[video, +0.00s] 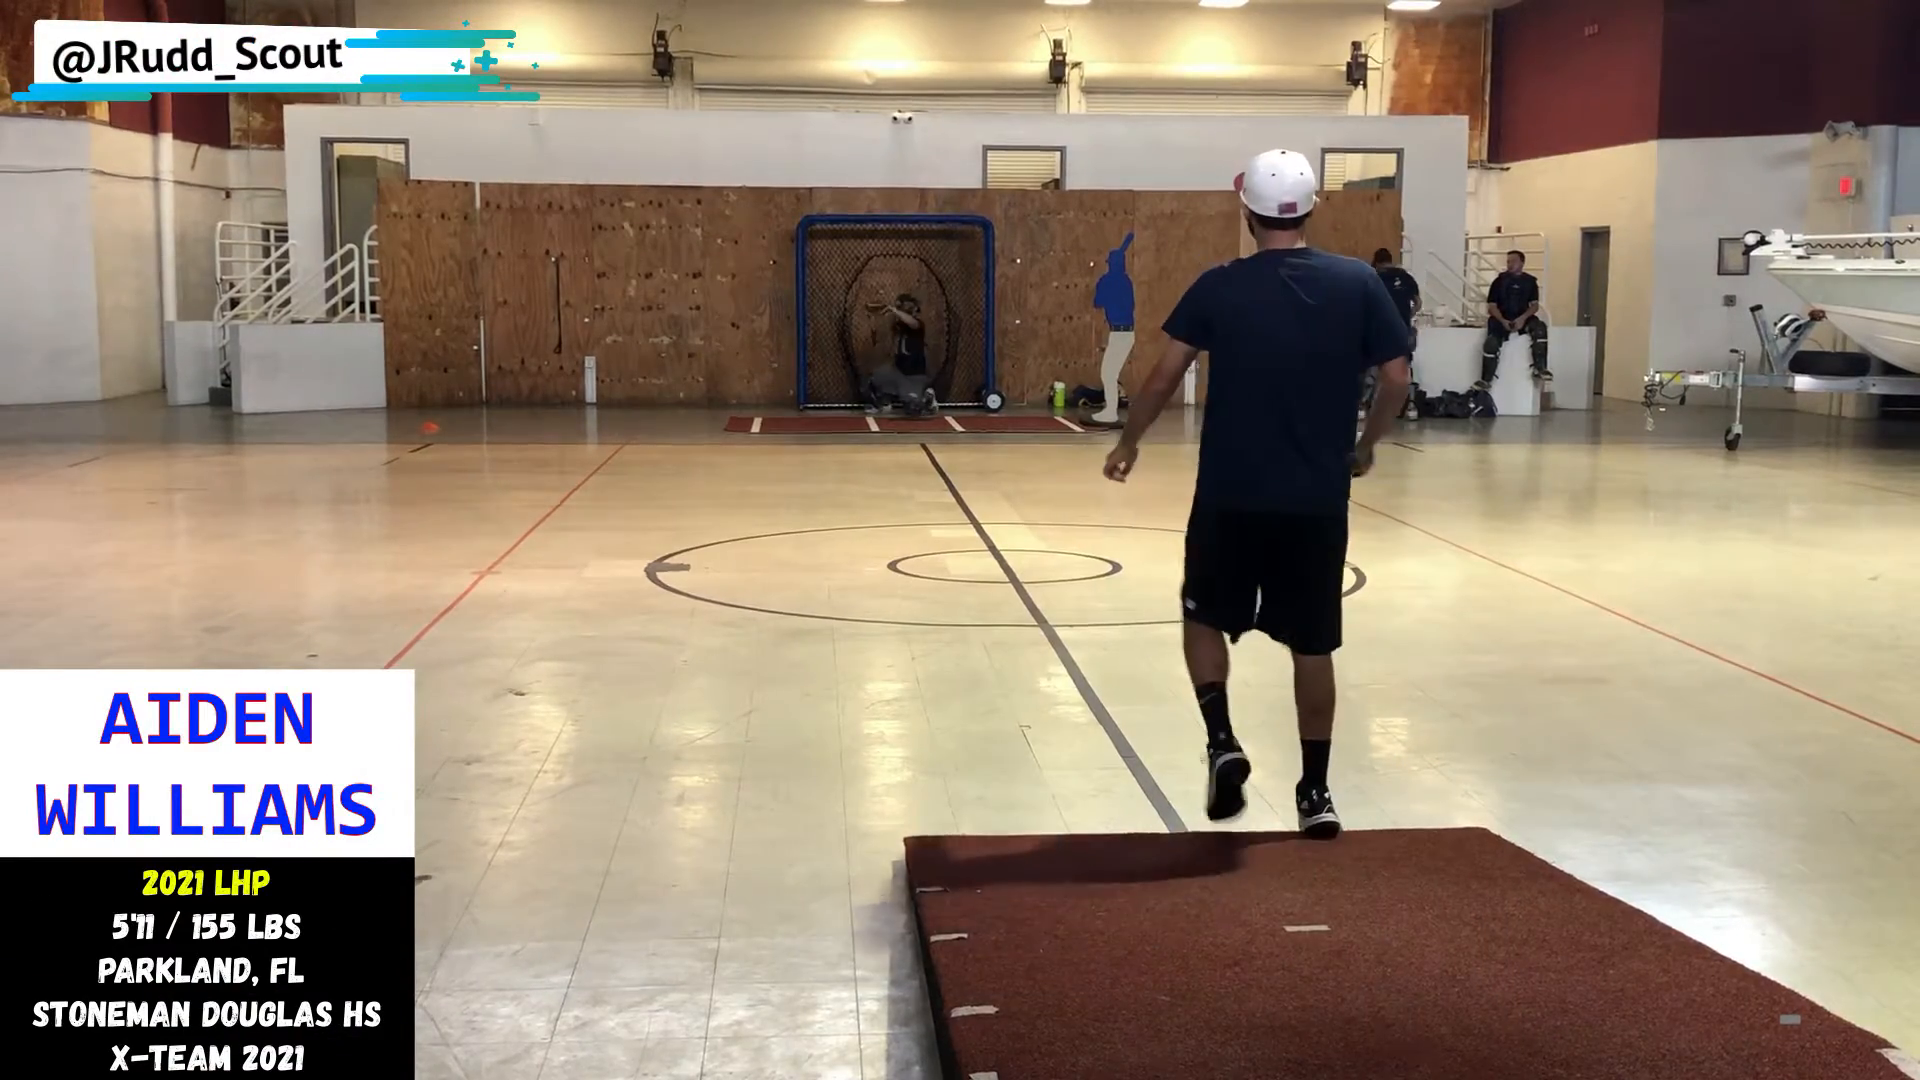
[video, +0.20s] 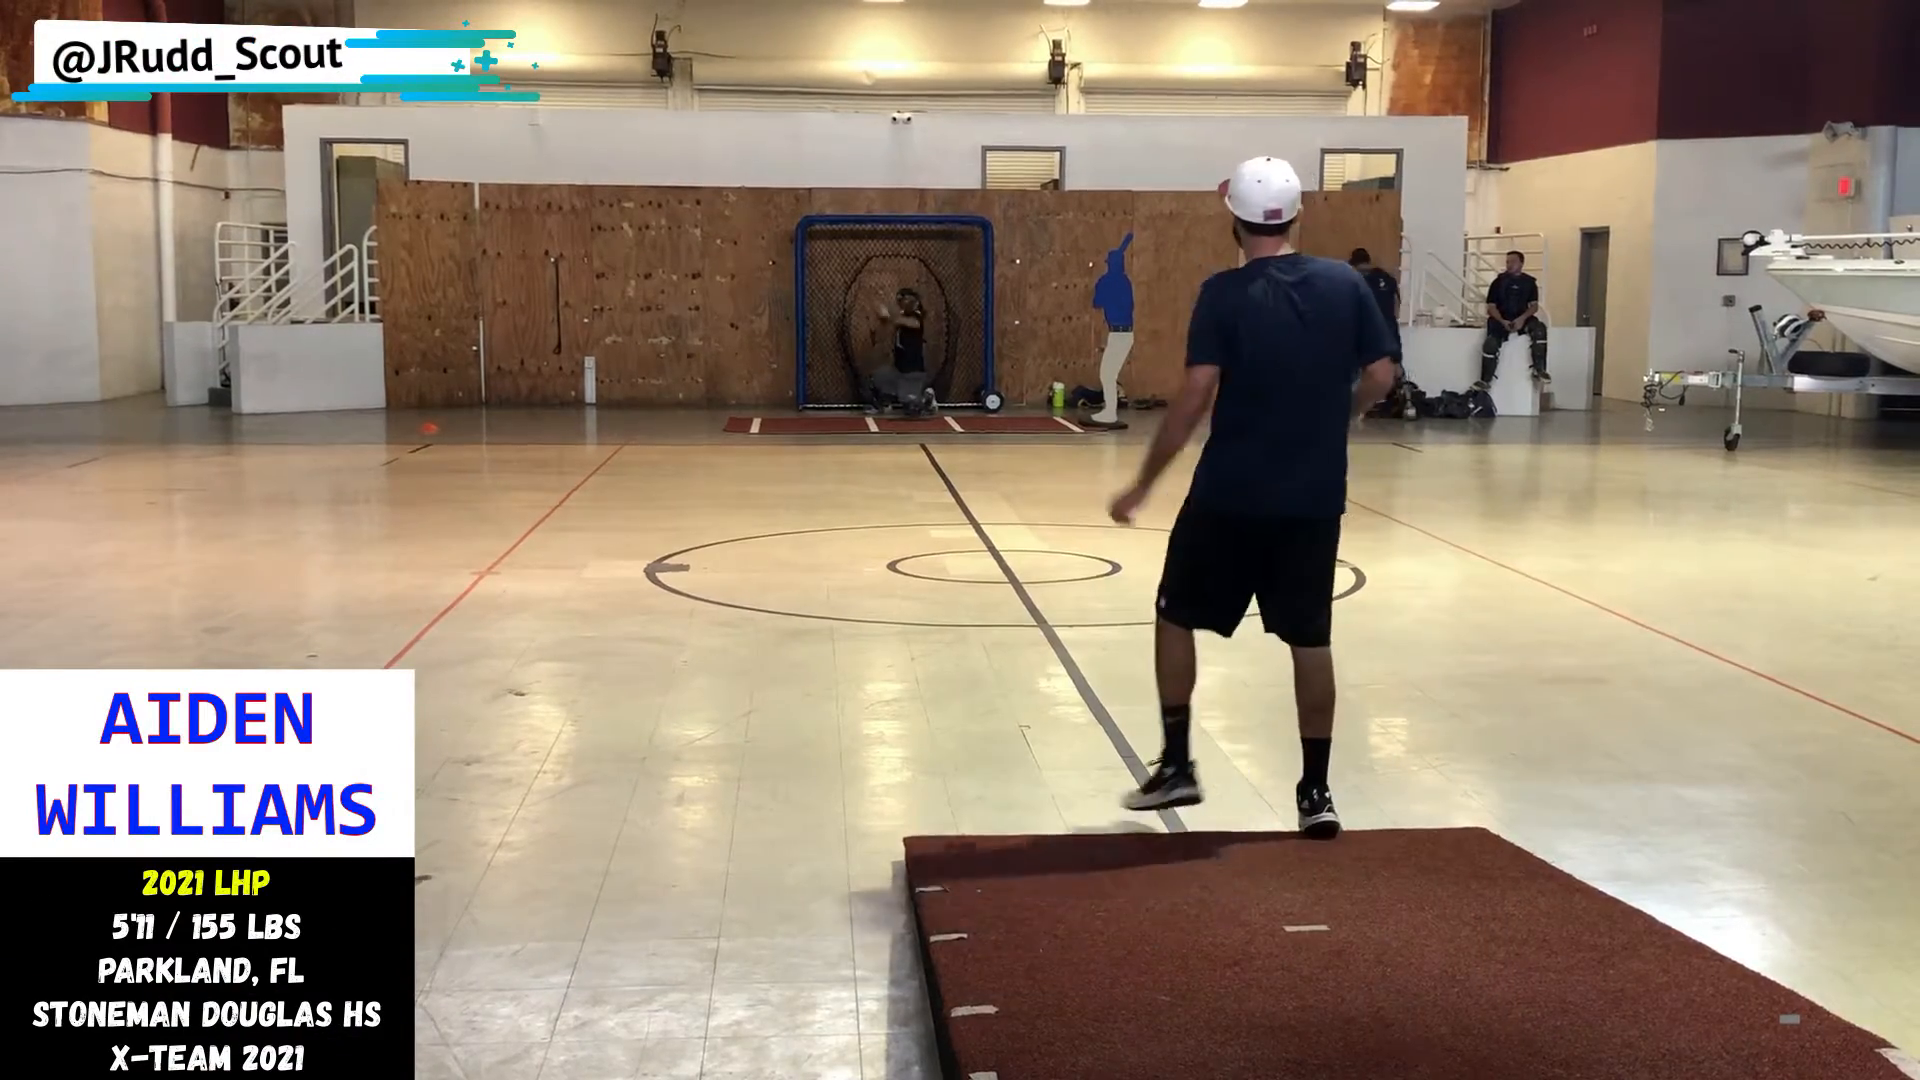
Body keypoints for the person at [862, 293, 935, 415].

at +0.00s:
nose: (900, 311)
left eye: (904, 307)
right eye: (899, 308)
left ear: (914, 309)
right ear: (897, 310)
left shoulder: (918, 325)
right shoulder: (898, 325)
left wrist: (894, 311)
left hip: (914, 374)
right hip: (898, 369)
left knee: (911, 409)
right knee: (875, 379)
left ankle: (928, 399)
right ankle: (884, 403)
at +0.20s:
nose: (904, 303)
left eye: (908, 300)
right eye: (903, 300)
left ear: (916, 303)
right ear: (900, 303)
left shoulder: (916, 320)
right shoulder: (902, 317)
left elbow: (898, 321)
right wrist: (884, 315)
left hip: (913, 372)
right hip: (898, 369)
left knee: (909, 409)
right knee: (875, 379)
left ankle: (927, 399)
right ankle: (884, 403)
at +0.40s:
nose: (893, 328)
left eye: (896, 325)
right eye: (890, 325)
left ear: (901, 325)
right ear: (885, 324)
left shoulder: (908, 339)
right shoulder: (875, 339)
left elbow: (918, 358)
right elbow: (868, 359)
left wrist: (900, 362)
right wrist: (882, 353)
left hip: (903, 382)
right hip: (883, 381)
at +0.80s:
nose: (882, 326)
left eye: (885, 323)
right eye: (878, 323)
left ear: (889, 322)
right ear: (873, 321)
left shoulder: (896, 333)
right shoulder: (866, 332)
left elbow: (909, 353)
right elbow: (850, 354)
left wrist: (895, 362)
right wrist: (870, 352)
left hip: (890, 367)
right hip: (868, 369)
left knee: (907, 371)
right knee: (848, 370)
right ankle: (839, 402)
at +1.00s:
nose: (876, 334)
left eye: (879, 330)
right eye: (872, 330)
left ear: (884, 329)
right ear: (867, 329)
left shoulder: (890, 341)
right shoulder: (859, 340)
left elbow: (904, 360)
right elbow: (843, 359)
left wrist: (890, 371)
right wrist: (865, 358)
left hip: (885, 375)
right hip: (862, 377)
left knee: (905, 374)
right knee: (844, 372)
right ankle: (841, 403)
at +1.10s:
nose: (874, 336)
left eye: (877, 332)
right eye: (871, 332)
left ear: (882, 331)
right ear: (865, 331)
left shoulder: (889, 343)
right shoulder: (857, 342)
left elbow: (903, 362)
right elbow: (841, 361)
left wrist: (889, 372)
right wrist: (863, 360)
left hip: (883, 374)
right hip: (861, 375)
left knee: (903, 375)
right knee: (843, 374)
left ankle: (912, 402)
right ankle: (840, 404)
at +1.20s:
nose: (873, 338)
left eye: (876, 334)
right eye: (870, 334)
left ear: (881, 334)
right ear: (865, 333)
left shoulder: (889, 347)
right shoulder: (856, 346)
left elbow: (899, 367)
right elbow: (840, 362)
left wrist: (887, 374)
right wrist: (862, 362)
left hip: (882, 380)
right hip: (861, 382)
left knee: (903, 378)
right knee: (843, 374)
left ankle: (912, 403)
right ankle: (841, 405)